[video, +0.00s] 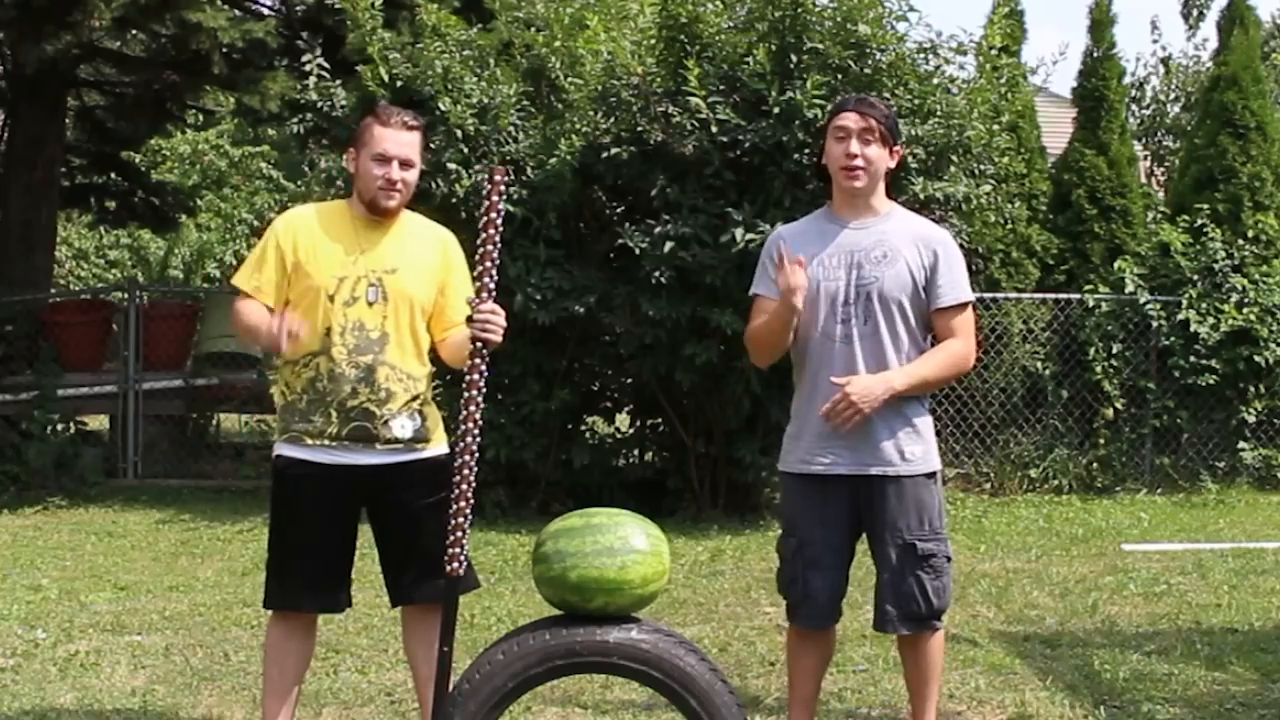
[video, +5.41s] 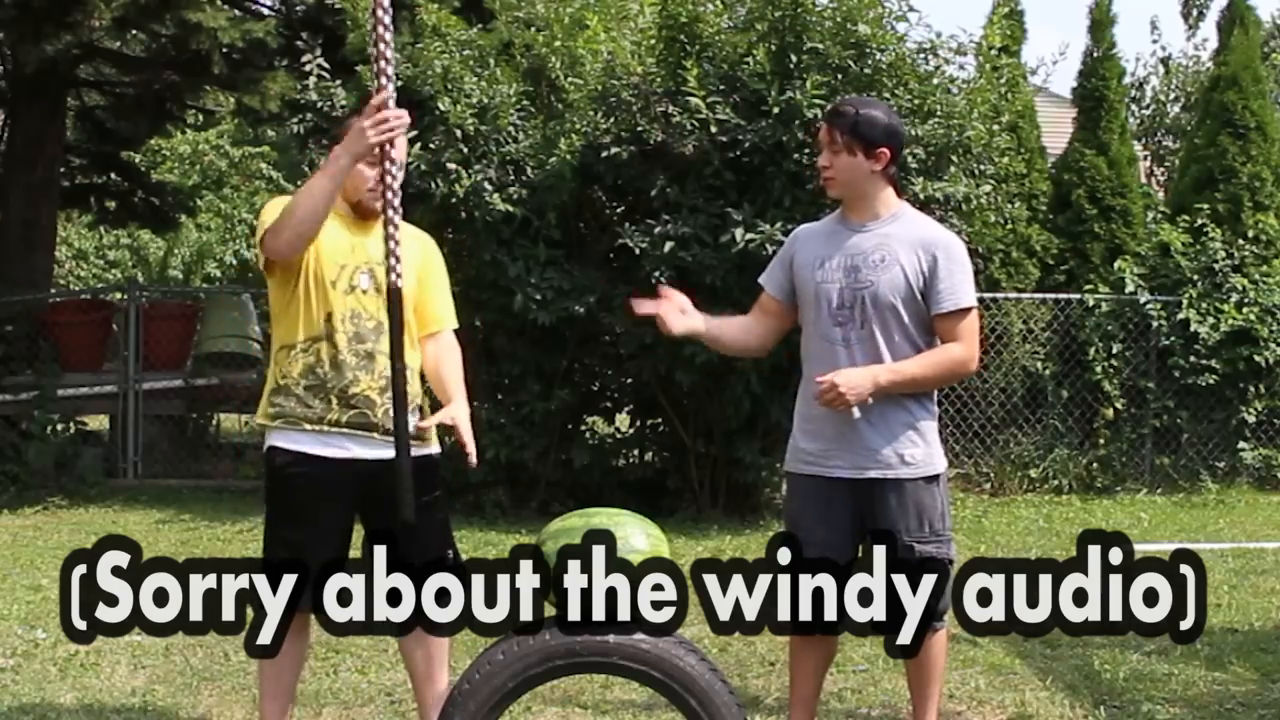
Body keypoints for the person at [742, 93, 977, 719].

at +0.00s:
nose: (853, 149)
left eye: (867, 139)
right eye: (841, 137)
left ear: (891, 156)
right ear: (824, 153)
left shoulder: (930, 242)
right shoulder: (788, 241)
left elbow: (961, 348)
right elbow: (760, 353)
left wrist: (887, 382)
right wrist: (787, 305)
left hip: (903, 460)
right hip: (813, 459)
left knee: (921, 609)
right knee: (808, 609)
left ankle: (923, 716)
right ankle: (799, 716)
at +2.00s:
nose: (853, 153)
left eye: (867, 143)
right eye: (841, 142)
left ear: (892, 156)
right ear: (825, 156)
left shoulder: (933, 244)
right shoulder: (790, 244)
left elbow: (962, 352)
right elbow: (760, 345)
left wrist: (884, 369)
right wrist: (808, 366)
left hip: (905, 465)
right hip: (813, 464)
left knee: (922, 610)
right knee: (805, 609)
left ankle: (923, 717)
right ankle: (799, 717)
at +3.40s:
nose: (821, 164)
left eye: (835, 153)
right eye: (820, 152)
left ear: (880, 159)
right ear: (820, 156)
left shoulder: (938, 245)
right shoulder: (798, 244)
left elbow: (970, 351)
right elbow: (767, 356)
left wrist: (893, 378)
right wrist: (773, 326)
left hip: (906, 467)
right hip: (816, 464)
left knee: (923, 611)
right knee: (810, 610)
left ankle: (924, 717)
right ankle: (800, 716)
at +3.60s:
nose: (819, 165)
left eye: (832, 153)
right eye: (818, 152)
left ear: (879, 158)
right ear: (829, 157)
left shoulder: (938, 244)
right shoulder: (801, 242)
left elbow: (970, 350)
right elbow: (746, 327)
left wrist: (889, 375)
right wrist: (705, 265)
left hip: (908, 467)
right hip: (817, 464)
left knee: (923, 611)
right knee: (811, 610)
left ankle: (925, 716)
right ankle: (800, 717)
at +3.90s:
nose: (818, 163)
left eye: (831, 152)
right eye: (817, 150)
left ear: (876, 159)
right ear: (826, 156)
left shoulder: (935, 245)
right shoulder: (802, 243)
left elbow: (967, 351)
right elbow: (765, 332)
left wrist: (888, 376)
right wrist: (694, 338)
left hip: (906, 467)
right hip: (816, 464)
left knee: (922, 611)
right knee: (812, 609)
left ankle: (924, 717)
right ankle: (800, 716)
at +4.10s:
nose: (810, 165)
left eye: (823, 153)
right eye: (809, 152)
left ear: (867, 157)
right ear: (834, 158)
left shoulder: (929, 245)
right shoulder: (798, 245)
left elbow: (961, 350)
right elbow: (780, 334)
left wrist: (874, 381)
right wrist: (784, 366)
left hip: (901, 467)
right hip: (813, 466)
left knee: (920, 611)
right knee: (809, 610)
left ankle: (924, 716)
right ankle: (799, 716)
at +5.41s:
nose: (821, 161)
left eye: (834, 151)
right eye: (821, 149)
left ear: (879, 158)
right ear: (829, 156)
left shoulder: (935, 245)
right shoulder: (805, 244)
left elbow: (964, 353)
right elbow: (762, 328)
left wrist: (875, 377)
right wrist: (697, 322)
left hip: (906, 468)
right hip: (817, 466)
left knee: (923, 612)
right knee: (812, 609)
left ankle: (925, 717)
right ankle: (800, 716)